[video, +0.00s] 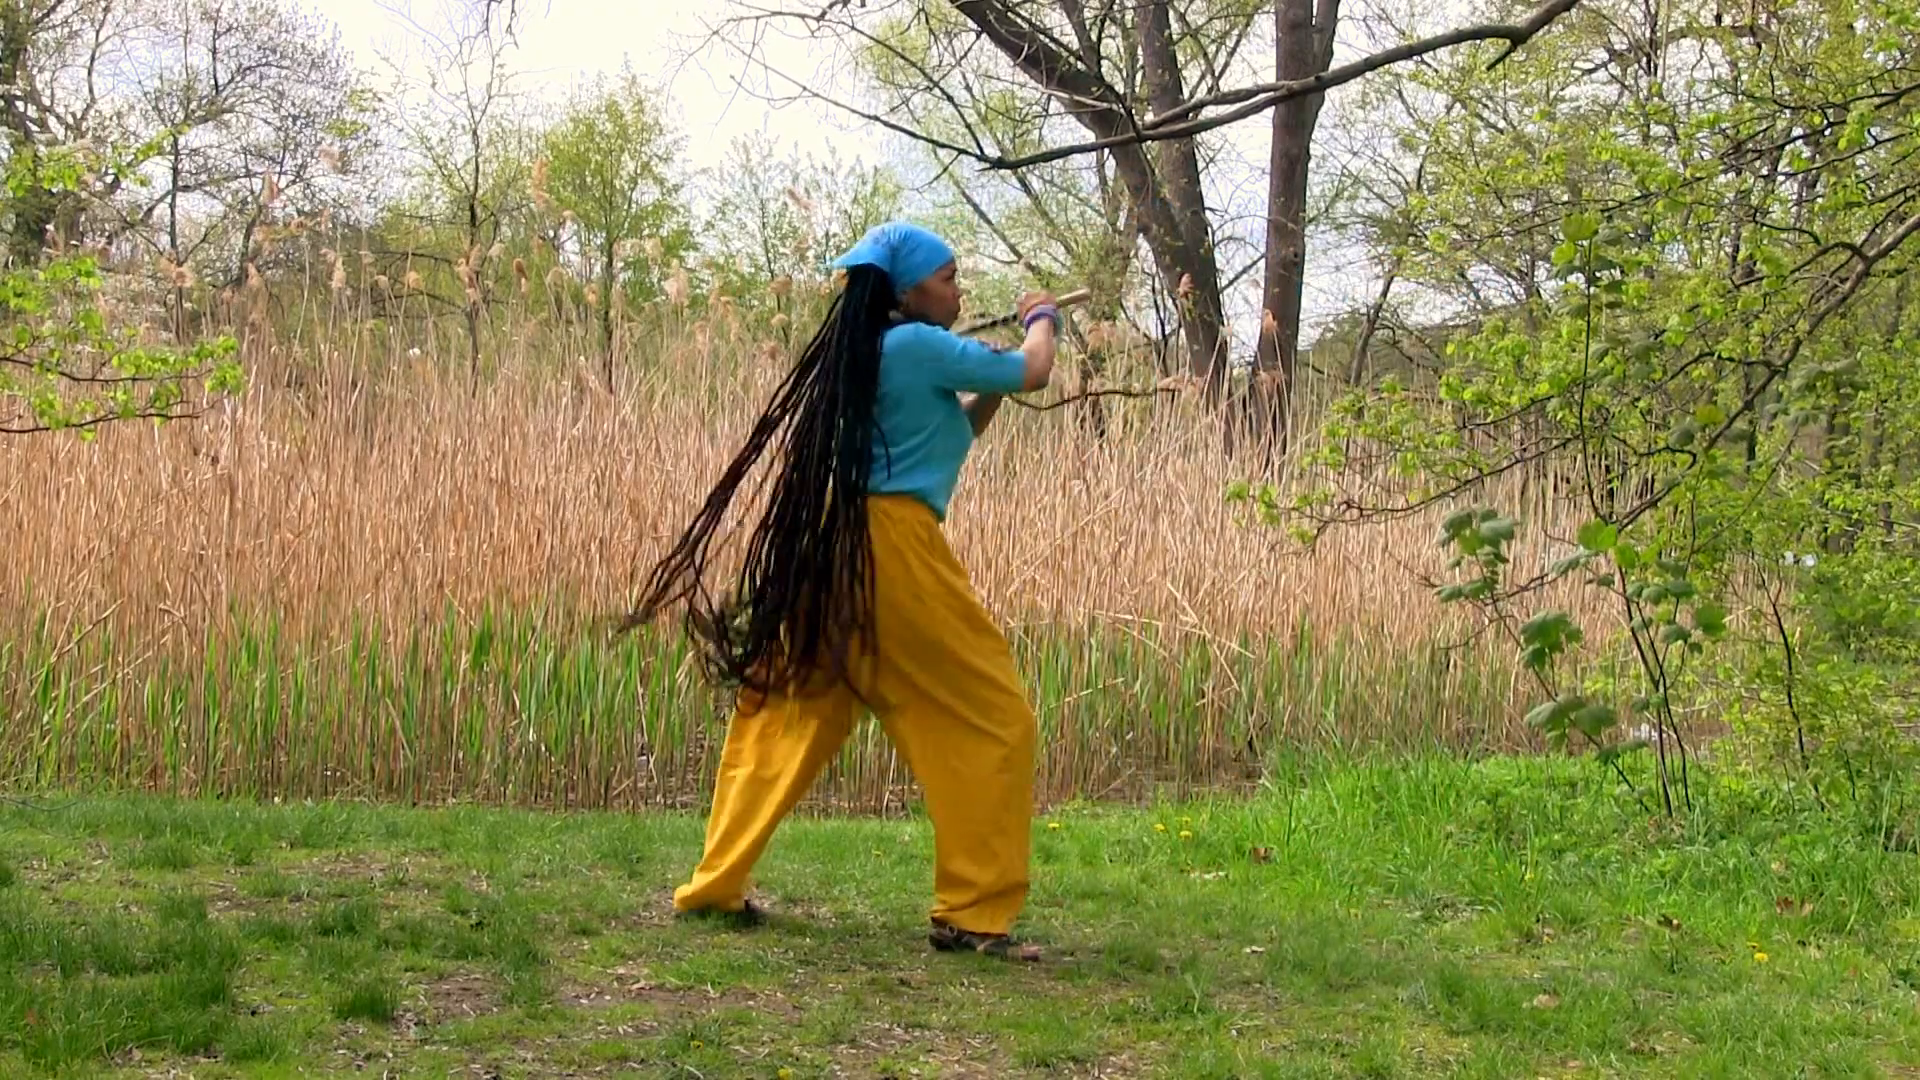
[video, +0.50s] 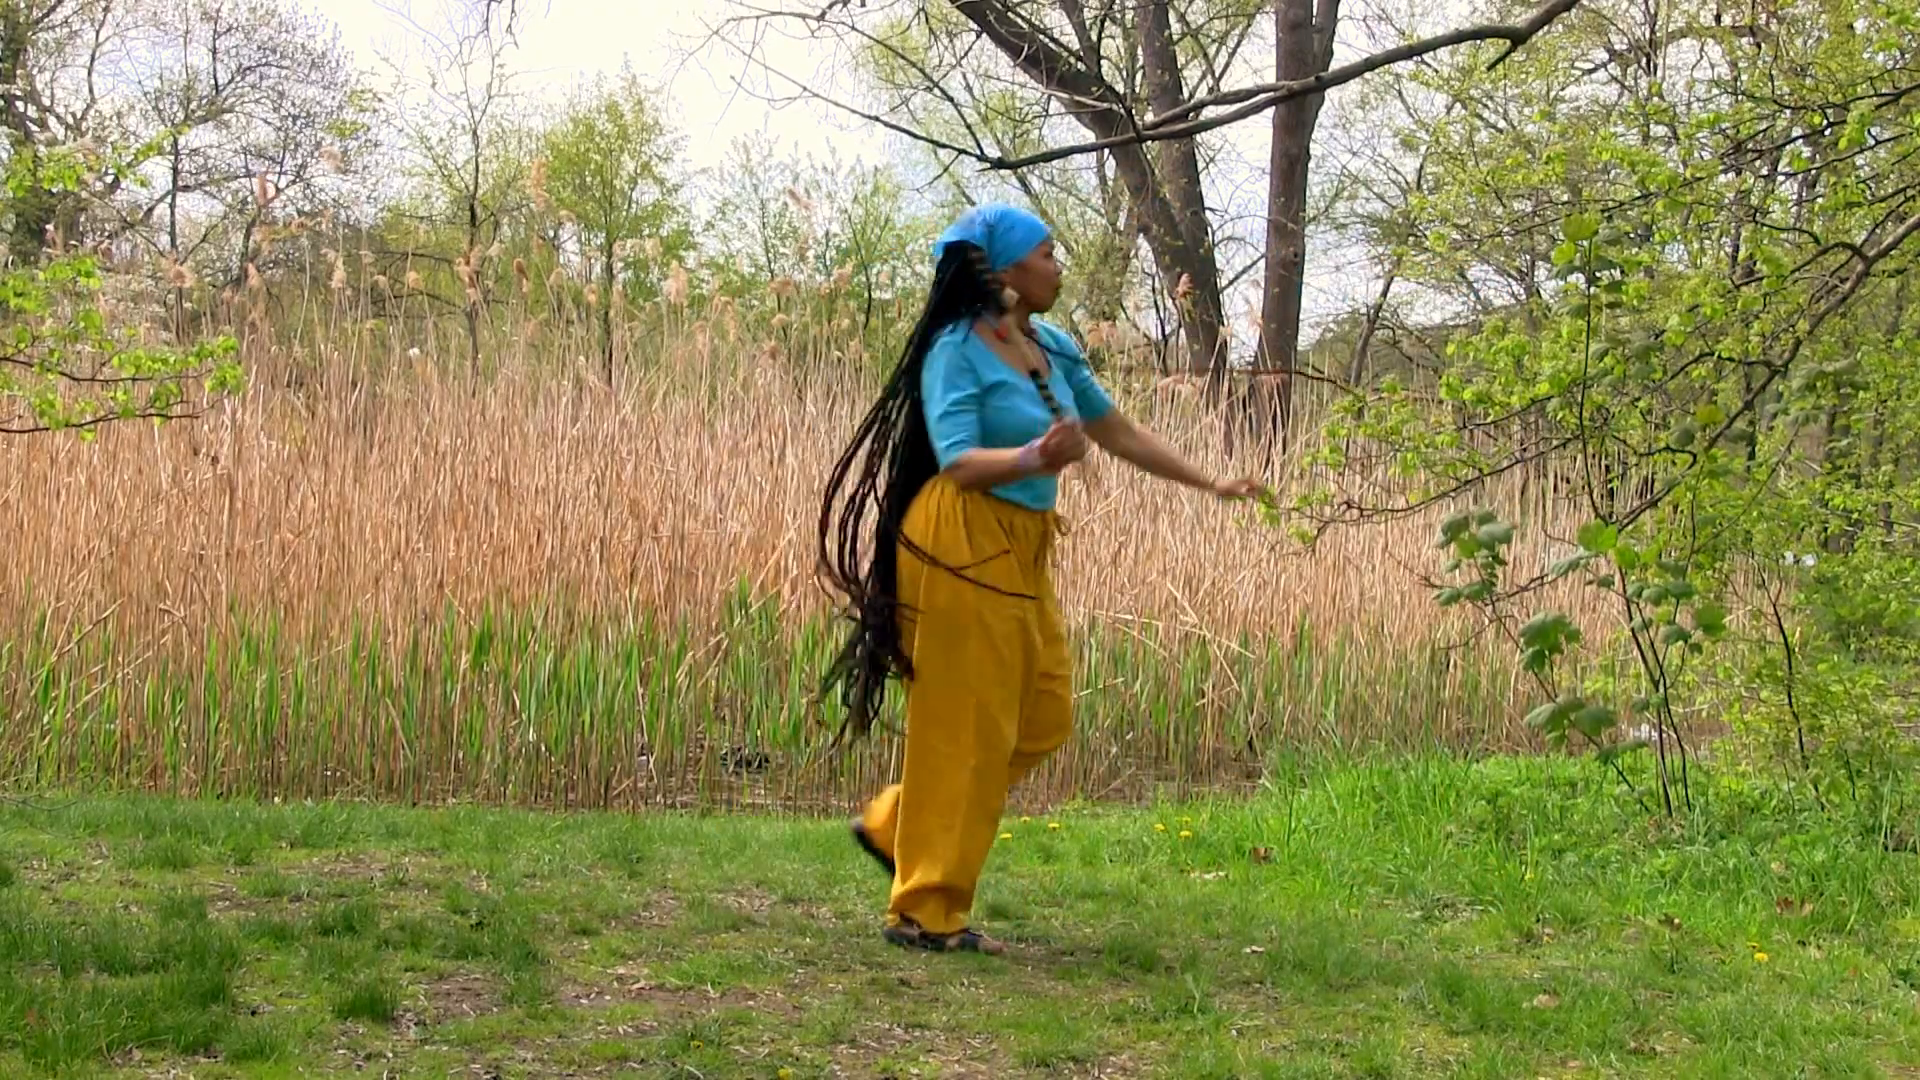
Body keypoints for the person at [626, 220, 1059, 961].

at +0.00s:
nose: (958, 289)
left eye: (953, 275)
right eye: (945, 277)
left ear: (892, 293)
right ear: (906, 289)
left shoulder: (867, 350)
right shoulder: (924, 346)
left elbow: (950, 431)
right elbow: (1032, 369)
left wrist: (999, 371)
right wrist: (1042, 320)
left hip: (833, 539)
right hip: (898, 541)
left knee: (788, 700)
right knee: (1000, 714)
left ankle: (716, 886)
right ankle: (971, 913)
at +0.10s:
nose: (953, 291)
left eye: (950, 276)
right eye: (941, 278)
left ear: (895, 292)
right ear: (899, 291)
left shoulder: (857, 350)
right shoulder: (902, 352)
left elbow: (909, 433)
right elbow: (998, 424)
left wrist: (964, 383)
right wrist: (1070, 386)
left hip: (830, 539)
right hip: (890, 544)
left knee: (788, 706)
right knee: (991, 713)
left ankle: (715, 883)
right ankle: (967, 910)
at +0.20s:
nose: (966, 290)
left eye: (962, 275)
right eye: (954, 277)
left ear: (915, 292)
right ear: (912, 292)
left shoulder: (927, 349)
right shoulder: (895, 359)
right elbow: (950, 476)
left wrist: (1032, 334)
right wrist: (1051, 485)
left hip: (853, 541)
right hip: (892, 544)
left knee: (809, 715)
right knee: (983, 717)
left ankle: (715, 885)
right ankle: (940, 910)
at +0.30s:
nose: (992, 285)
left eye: (987, 274)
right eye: (979, 277)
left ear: (954, 294)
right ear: (940, 297)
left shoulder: (987, 346)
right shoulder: (891, 367)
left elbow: (1095, 322)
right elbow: (882, 482)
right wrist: (968, 537)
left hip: (933, 564)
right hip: (895, 564)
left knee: (832, 727)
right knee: (982, 728)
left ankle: (723, 876)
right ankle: (926, 910)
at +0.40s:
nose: (1023, 269)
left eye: (1018, 259)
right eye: (1009, 262)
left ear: (986, 280)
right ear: (971, 283)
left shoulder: (1026, 342)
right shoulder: (915, 357)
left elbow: (1130, 363)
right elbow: (883, 469)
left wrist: (1243, 366)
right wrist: (947, 510)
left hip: (984, 563)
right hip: (923, 561)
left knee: (898, 714)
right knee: (973, 729)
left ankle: (786, 837)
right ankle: (930, 911)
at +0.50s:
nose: (1058, 265)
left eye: (1053, 252)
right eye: (1046, 254)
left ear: (1019, 269)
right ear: (1005, 271)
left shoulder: (1051, 344)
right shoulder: (953, 352)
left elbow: (1119, 433)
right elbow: (961, 464)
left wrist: (1211, 481)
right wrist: (1034, 459)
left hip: (1022, 551)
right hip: (959, 545)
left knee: (1043, 720)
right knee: (967, 724)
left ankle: (895, 823)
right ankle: (928, 909)